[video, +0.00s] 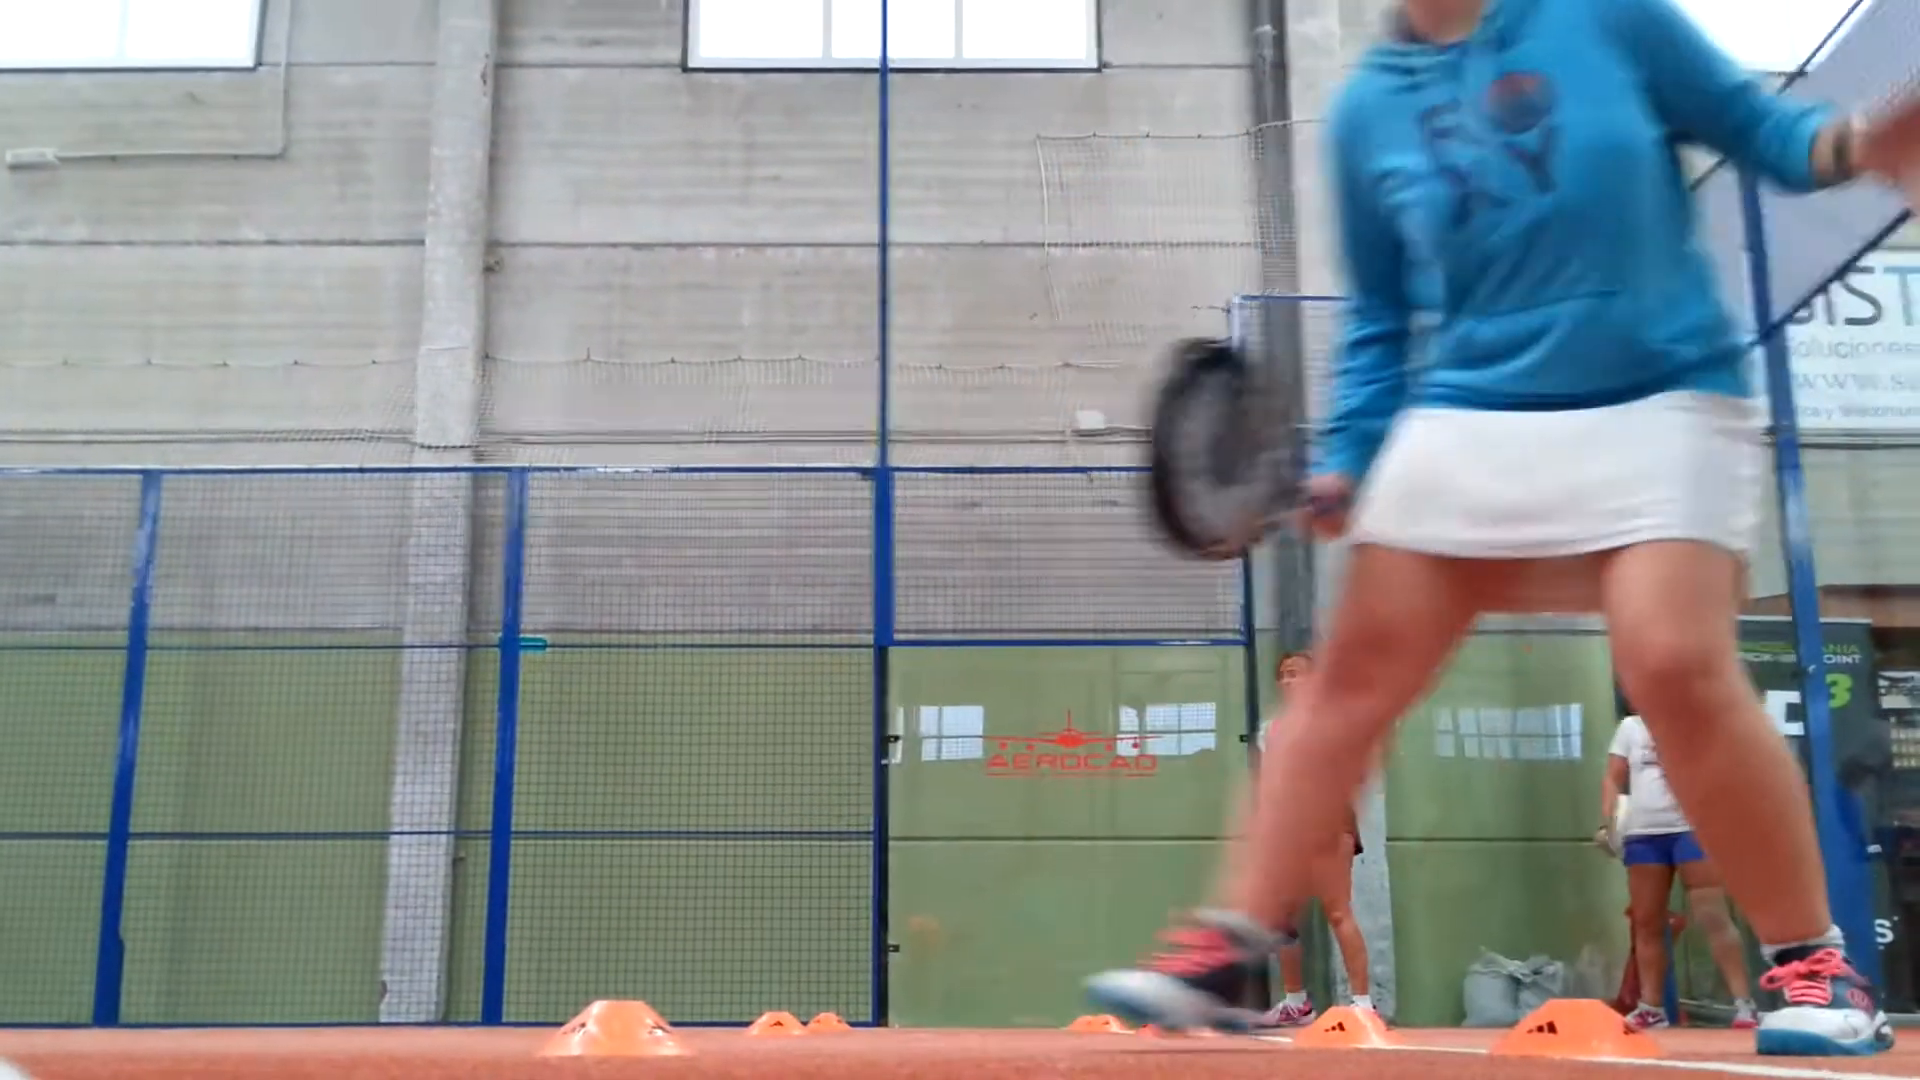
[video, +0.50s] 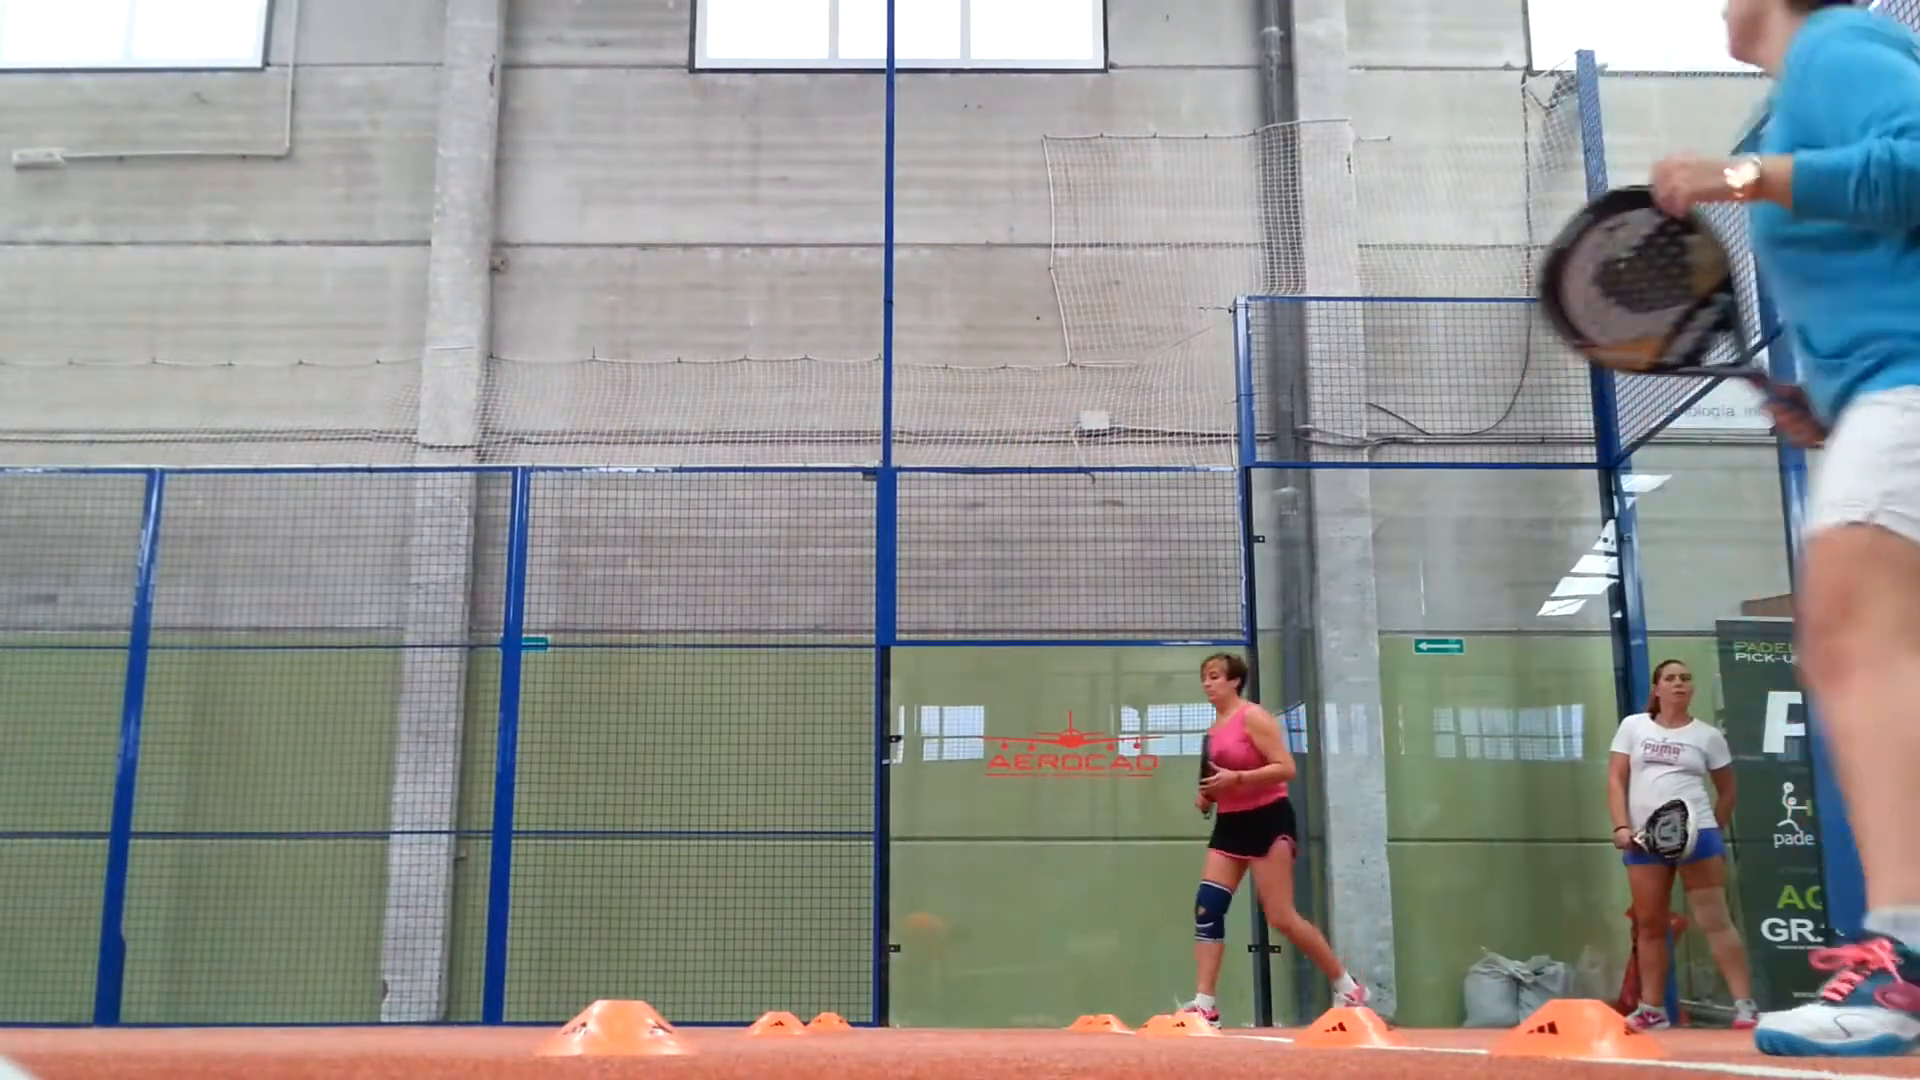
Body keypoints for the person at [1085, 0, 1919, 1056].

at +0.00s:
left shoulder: (1605, 13)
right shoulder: (1364, 108)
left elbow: (1756, 123)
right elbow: (1377, 315)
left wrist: (1849, 144)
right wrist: (1343, 460)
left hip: (1661, 387)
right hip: (1468, 404)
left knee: (1673, 667)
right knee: (1354, 665)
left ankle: (1812, 969)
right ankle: (1232, 951)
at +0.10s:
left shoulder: (1691, 4)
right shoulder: (1457, 77)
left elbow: (1870, 105)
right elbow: (1482, 280)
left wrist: (1832, 45)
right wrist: (1454, 411)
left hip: (1734, 354)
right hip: (1556, 388)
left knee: (1716, 633)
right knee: (1477, 637)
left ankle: (1819, 963)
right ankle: (1535, 947)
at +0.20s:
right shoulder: (1530, 54)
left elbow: (1896, 64)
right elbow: (1576, 244)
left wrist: (1811, 10)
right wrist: (1554, 369)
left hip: (1791, 316)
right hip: (1632, 368)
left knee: (1745, 610)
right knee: (1620, 649)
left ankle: (1867, 941)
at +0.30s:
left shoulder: (1786, 3)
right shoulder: (1602, 71)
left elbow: (1907, 81)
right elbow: (1683, 260)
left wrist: (1762, 35)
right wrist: (1654, 386)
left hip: (1846, 296)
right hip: (1728, 351)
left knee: (1746, 617)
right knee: (1765, 660)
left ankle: (1900, 945)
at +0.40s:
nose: (1652, 4)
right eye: (1652, 2)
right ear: (1683, 4)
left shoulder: (1799, 11)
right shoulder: (1725, 105)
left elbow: (1910, 130)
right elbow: (1803, 313)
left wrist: (1722, 124)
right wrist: (1749, 405)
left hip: (1887, 351)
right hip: (1838, 375)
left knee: (1775, 627)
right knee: (1887, 676)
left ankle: (1903, 958)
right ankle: (1896, 964)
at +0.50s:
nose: (1720, 12)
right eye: (1722, 1)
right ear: (1786, 2)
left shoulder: (1839, 48)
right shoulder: (1803, 86)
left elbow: (1908, 163)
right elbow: (1861, 274)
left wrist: (1746, 174)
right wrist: (1827, 401)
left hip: (1898, 381)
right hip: (1864, 394)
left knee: (1854, 635)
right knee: (1854, 643)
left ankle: (1895, 957)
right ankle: (1891, 959)